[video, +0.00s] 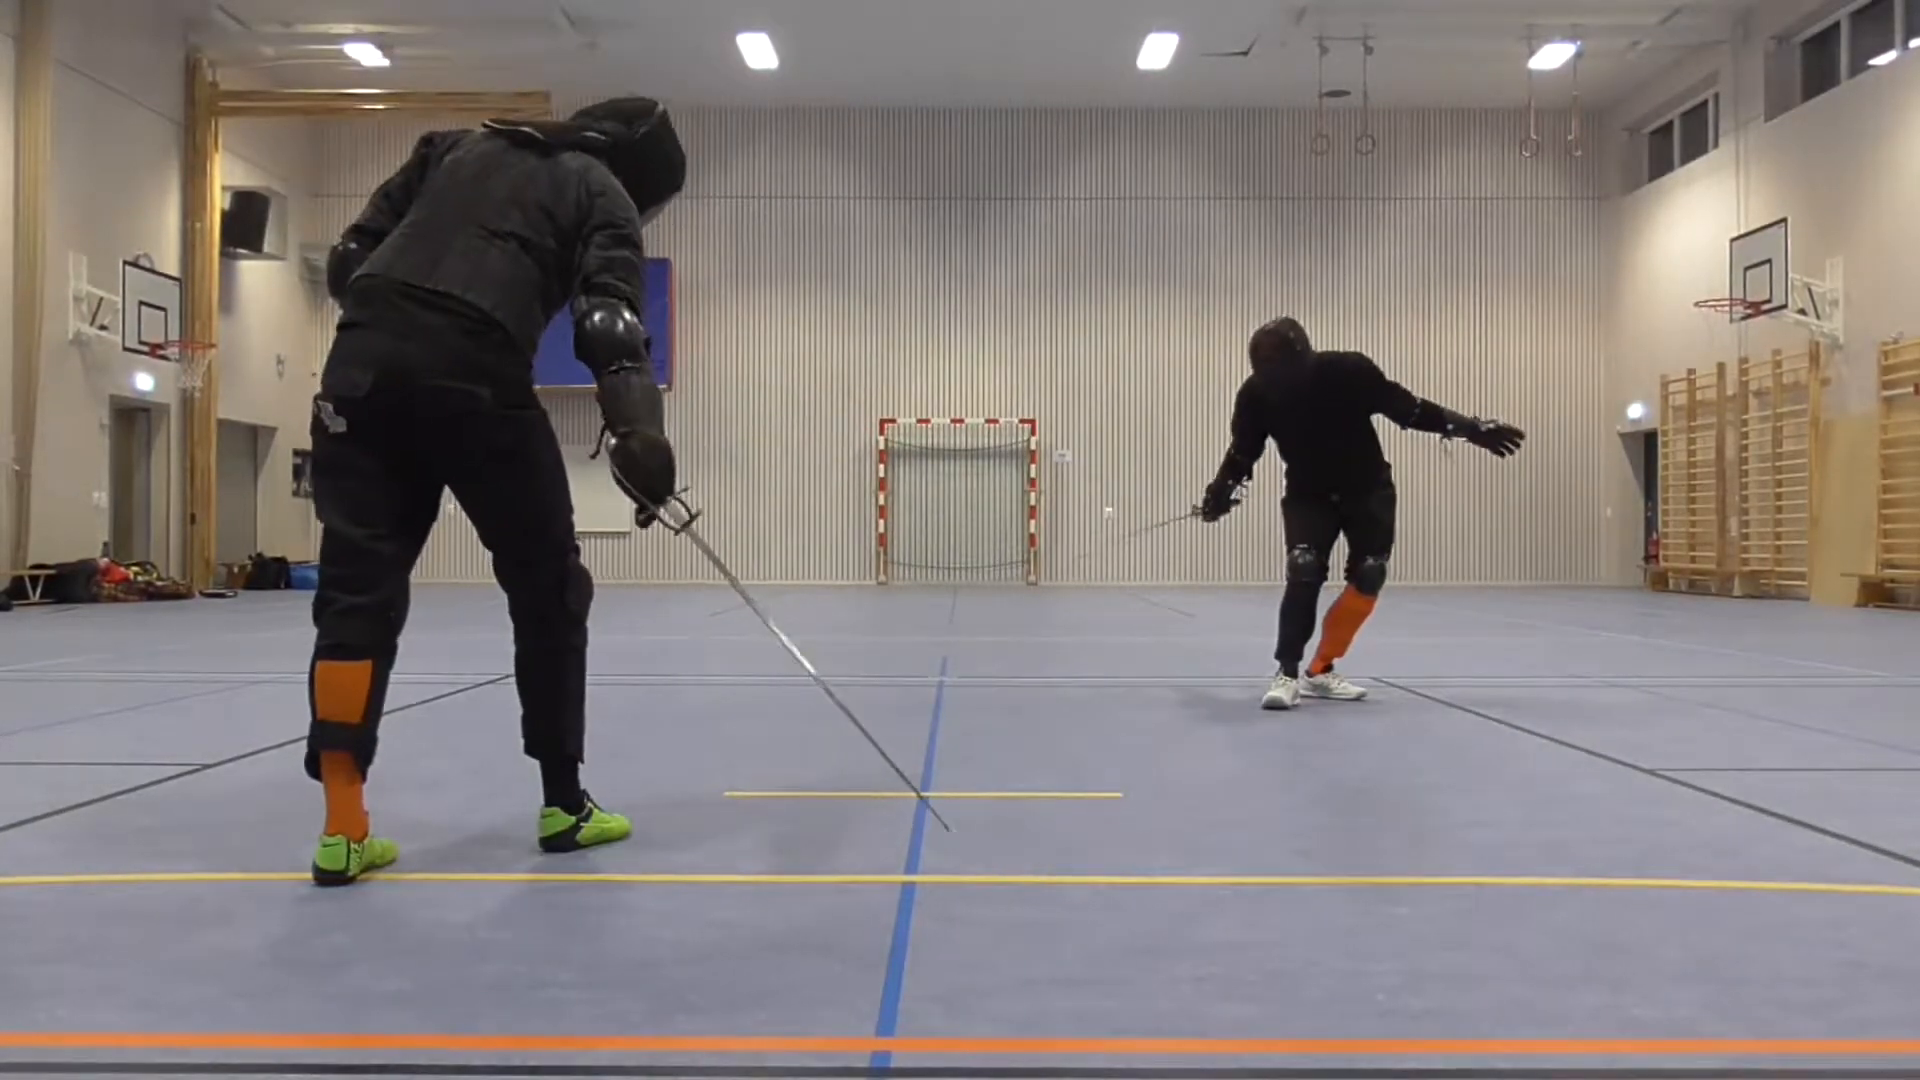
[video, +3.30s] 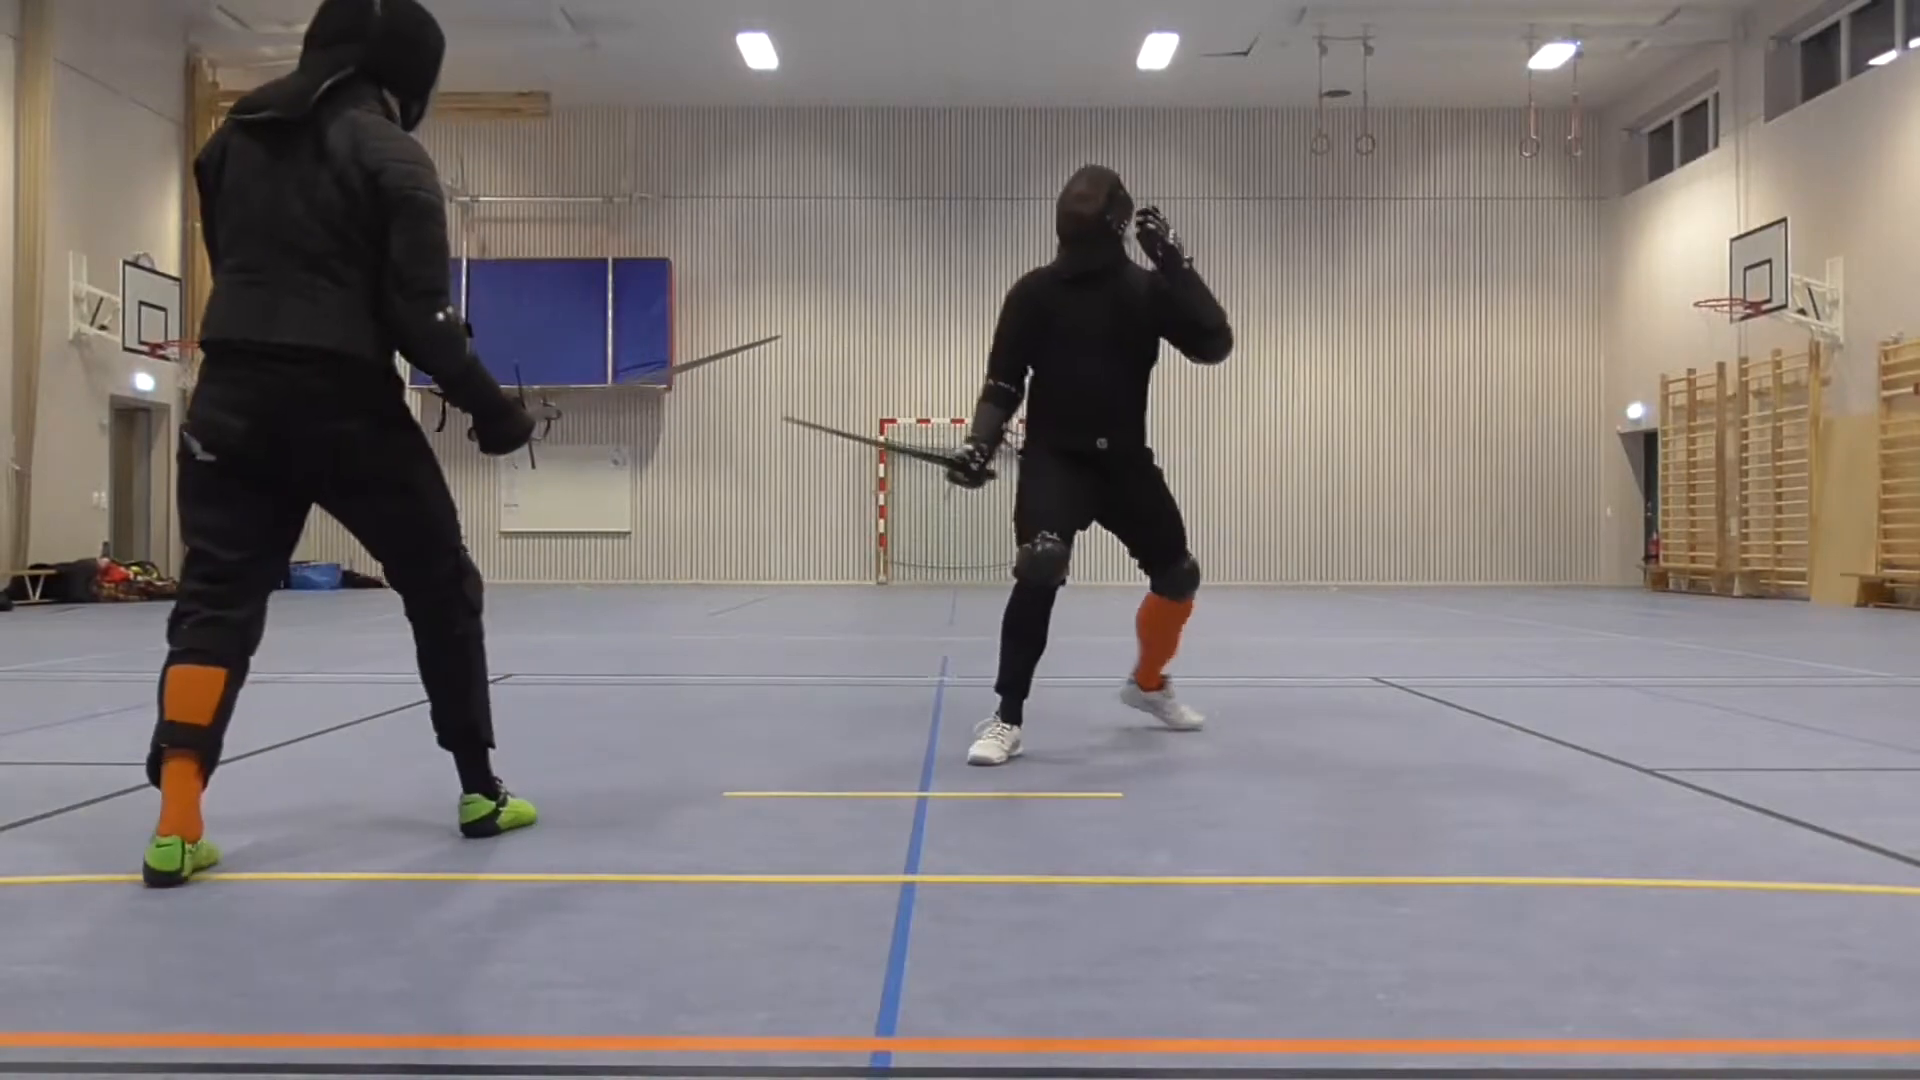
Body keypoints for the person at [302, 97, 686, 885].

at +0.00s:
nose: (641, 211)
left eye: (649, 200)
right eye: (647, 195)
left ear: (582, 130)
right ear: (628, 170)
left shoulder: (455, 146)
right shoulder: (604, 196)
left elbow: (351, 254)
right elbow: (609, 322)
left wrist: (399, 329)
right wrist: (641, 433)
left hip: (362, 373)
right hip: (476, 383)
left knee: (356, 592)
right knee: (548, 588)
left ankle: (341, 829)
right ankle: (563, 804)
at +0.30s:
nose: (593, 94)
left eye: (594, 78)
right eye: (593, 77)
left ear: (499, 40)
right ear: (573, 64)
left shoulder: (410, 113)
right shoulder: (566, 143)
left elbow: (325, 218)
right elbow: (602, 301)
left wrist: (389, 291)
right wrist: (665, 419)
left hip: (385, 371)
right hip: (495, 379)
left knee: (378, 584)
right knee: (554, 583)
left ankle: (345, 826)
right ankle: (565, 802)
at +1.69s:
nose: (627, 107)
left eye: (629, 93)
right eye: (627, 92)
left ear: (538, 64)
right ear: (605, 81)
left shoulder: (453, 152)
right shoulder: (606, 165)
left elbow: (435, 270)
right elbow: (637, 318)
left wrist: (521, 314)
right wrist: (689, 422)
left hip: (465, 397)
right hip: (573, 406)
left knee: (427, 582)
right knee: (625, 588)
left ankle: (362, 786)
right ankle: (641, 780)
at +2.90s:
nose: (522, 123)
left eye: (523, 109)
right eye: (520, 108)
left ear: (427, 82)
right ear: (499, 99)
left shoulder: (345, 169)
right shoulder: (500, 183)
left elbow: (339, 279)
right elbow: (537, 332)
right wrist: (598, 419)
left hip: (345, 412)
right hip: (452, 419)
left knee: (300, 592)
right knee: (539, 583)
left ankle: (215, 778)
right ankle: (545, 785)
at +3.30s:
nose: (425, 100)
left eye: (426, 83)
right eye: (423, 82)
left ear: (326, 52)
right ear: (397, 71)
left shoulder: (235, 142)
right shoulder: (394, 157)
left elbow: (232, 268)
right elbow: (421, 317)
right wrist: (494, 409)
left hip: (233, 399)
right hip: (348, 406)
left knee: (216, 597)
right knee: (441, 583)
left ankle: (176, 827)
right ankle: (479, 788)